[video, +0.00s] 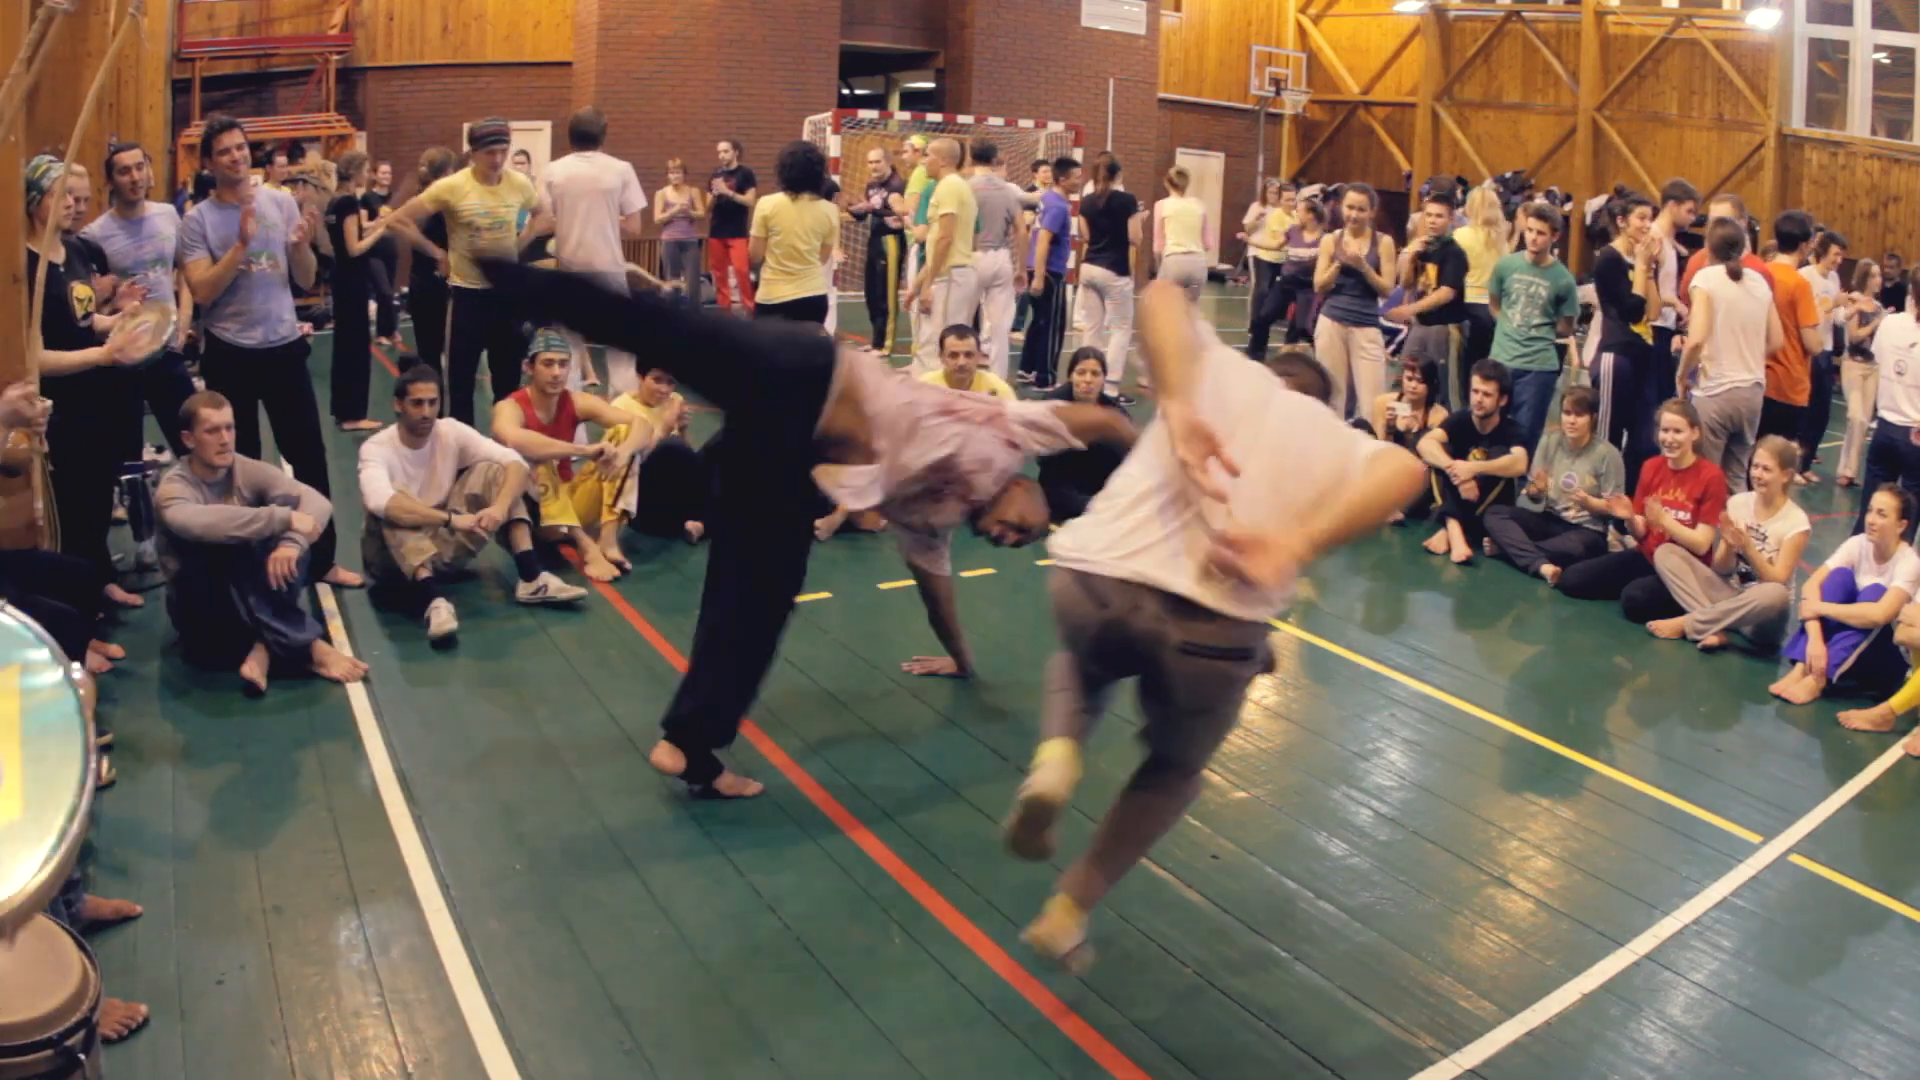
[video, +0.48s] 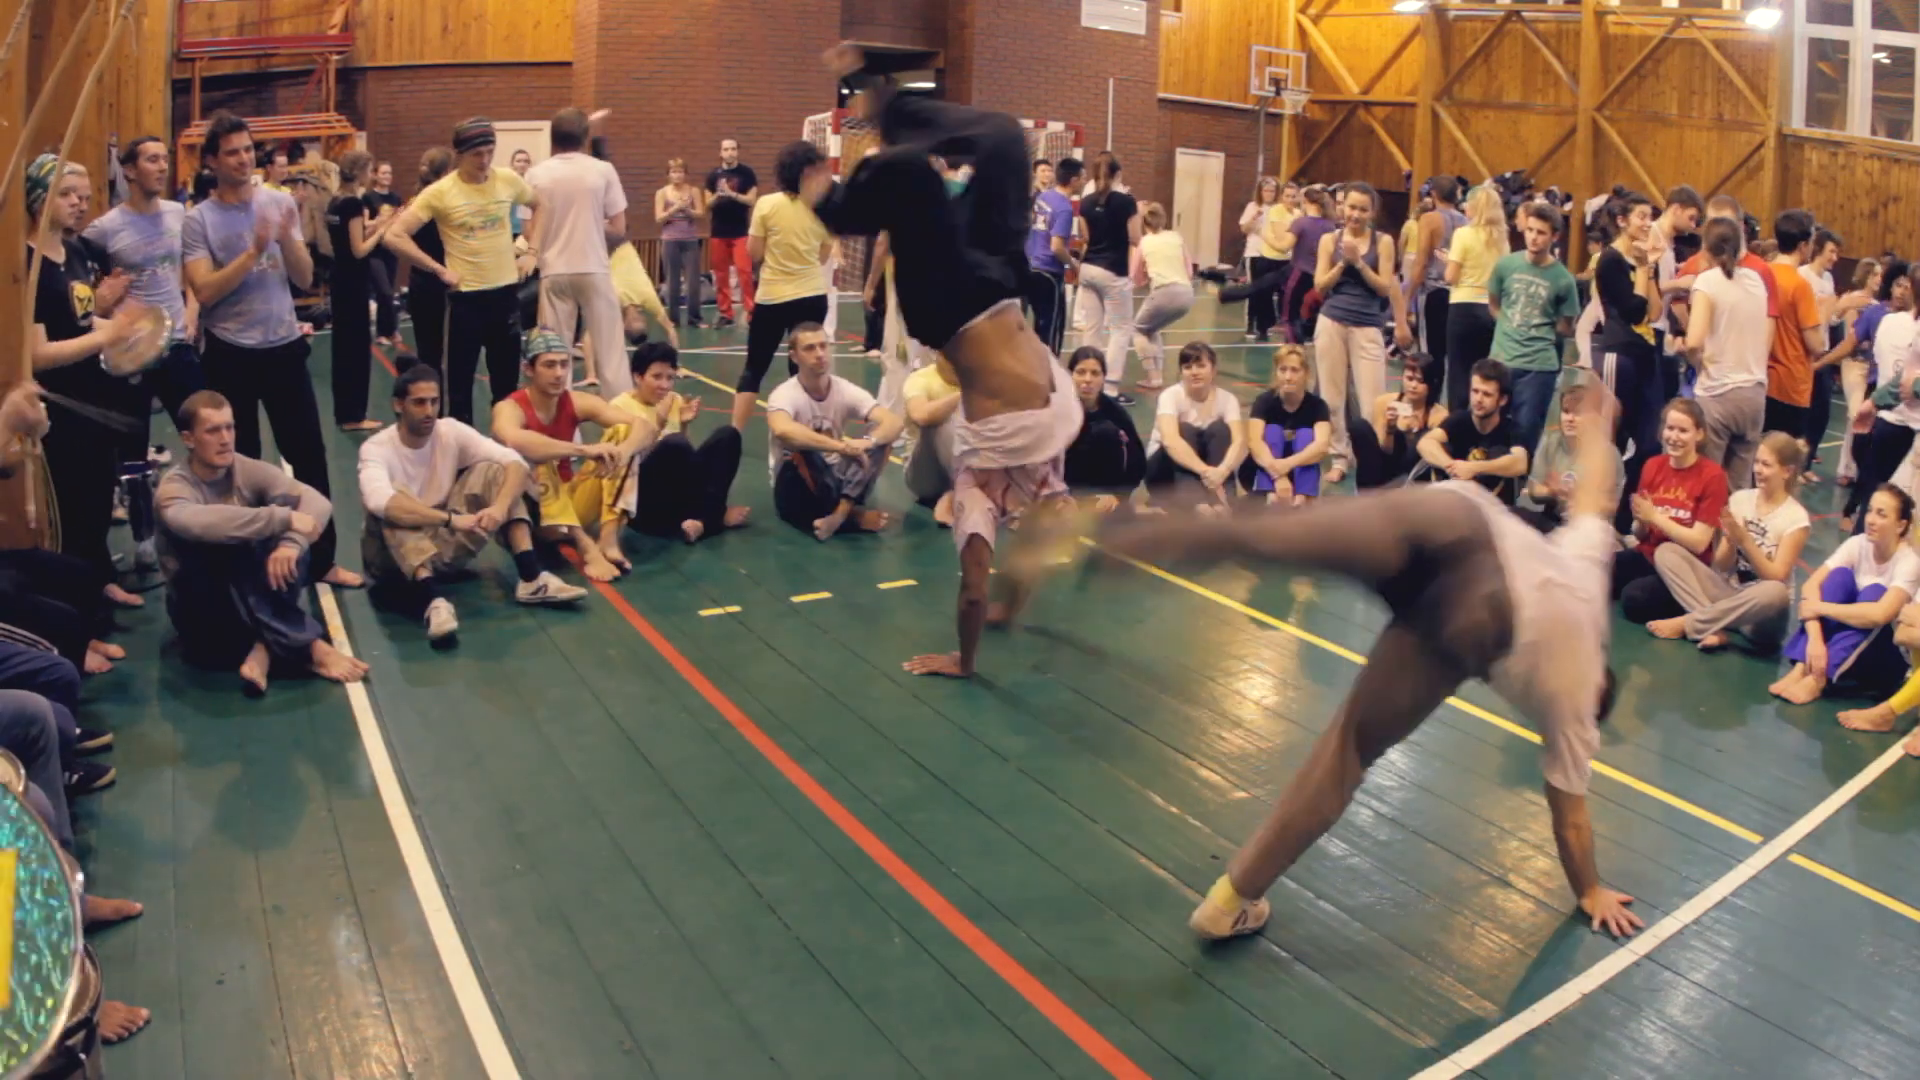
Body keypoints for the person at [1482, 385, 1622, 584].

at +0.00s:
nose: (1571, 421)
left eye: (1579, 415)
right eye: (1567, 413)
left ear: (1592, 418)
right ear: (1560, 414)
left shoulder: (1608, 455)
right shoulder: (1549, 441)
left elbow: (1614, 508)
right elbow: (1532, 495)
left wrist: (1587, 502)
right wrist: (1536, 490)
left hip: (1585, 530)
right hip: (1547, 520)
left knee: (1573, 548)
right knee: (1494, 514)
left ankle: (1508, 549)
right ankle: (1539, 566)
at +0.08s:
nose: (1572, 420)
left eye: (1580, 415)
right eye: (1568, 413)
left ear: (1593, 418)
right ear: (1560, 415)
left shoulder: (1608, 454)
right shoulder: (1549, 441)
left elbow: (1612, 508)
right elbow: (1531, 493)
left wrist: (1584, 499)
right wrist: (1542, 490)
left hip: (1585, 530)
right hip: (1547, 520)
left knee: (1573, 549)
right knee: (1494, 513)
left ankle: (1508, 549)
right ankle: (1539, 566)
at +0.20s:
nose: (1572, 419)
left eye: (1580, 414)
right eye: (1568, 412)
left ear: (1593, 417)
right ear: (1561, 414)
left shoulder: (1607, 453)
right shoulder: (1549, 442)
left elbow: (1610, 507)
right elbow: (1535, 492)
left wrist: (1574, 494)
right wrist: (1559, 494)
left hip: (1586, 530)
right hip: (1549, 521)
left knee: (1574, 548)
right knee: (1494, 514)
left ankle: (1507, 550)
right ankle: (1539, 565)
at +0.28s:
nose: (1571, 418)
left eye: (1579, 413)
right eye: (1567, 411)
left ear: (1593, 417)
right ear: (1560, 414)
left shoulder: (1608, 454)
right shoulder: (1549, 442)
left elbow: (1614, 507)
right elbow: (1531, 491)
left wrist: (1578, 497)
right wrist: (1548, 490)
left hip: (1585, 530)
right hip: (1547, 520)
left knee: (1573, 549)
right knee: (1494, 513)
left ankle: (1504, 550)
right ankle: (1539, 566)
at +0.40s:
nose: (1570, 419)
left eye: (1578, 413)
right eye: (1566, 412)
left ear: (1593, 418)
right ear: (1560, 414)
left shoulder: (1607, 453)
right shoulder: (1549, 442)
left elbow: (1616, 505)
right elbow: (1534, 497)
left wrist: (1588, 501)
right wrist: (1538, 488)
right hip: (1551, 518)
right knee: (1511, 531)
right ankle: (1537, 566)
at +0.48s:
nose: (1570, 419)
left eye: (1578, 412)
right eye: (1565, 411)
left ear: (1593, 417)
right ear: (1559, 414)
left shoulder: (1608, 454)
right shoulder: (1550, 443)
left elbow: (1611, 505)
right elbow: (1534, 490)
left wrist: (1573, 498)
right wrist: (1552, 491)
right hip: (1551, 519)